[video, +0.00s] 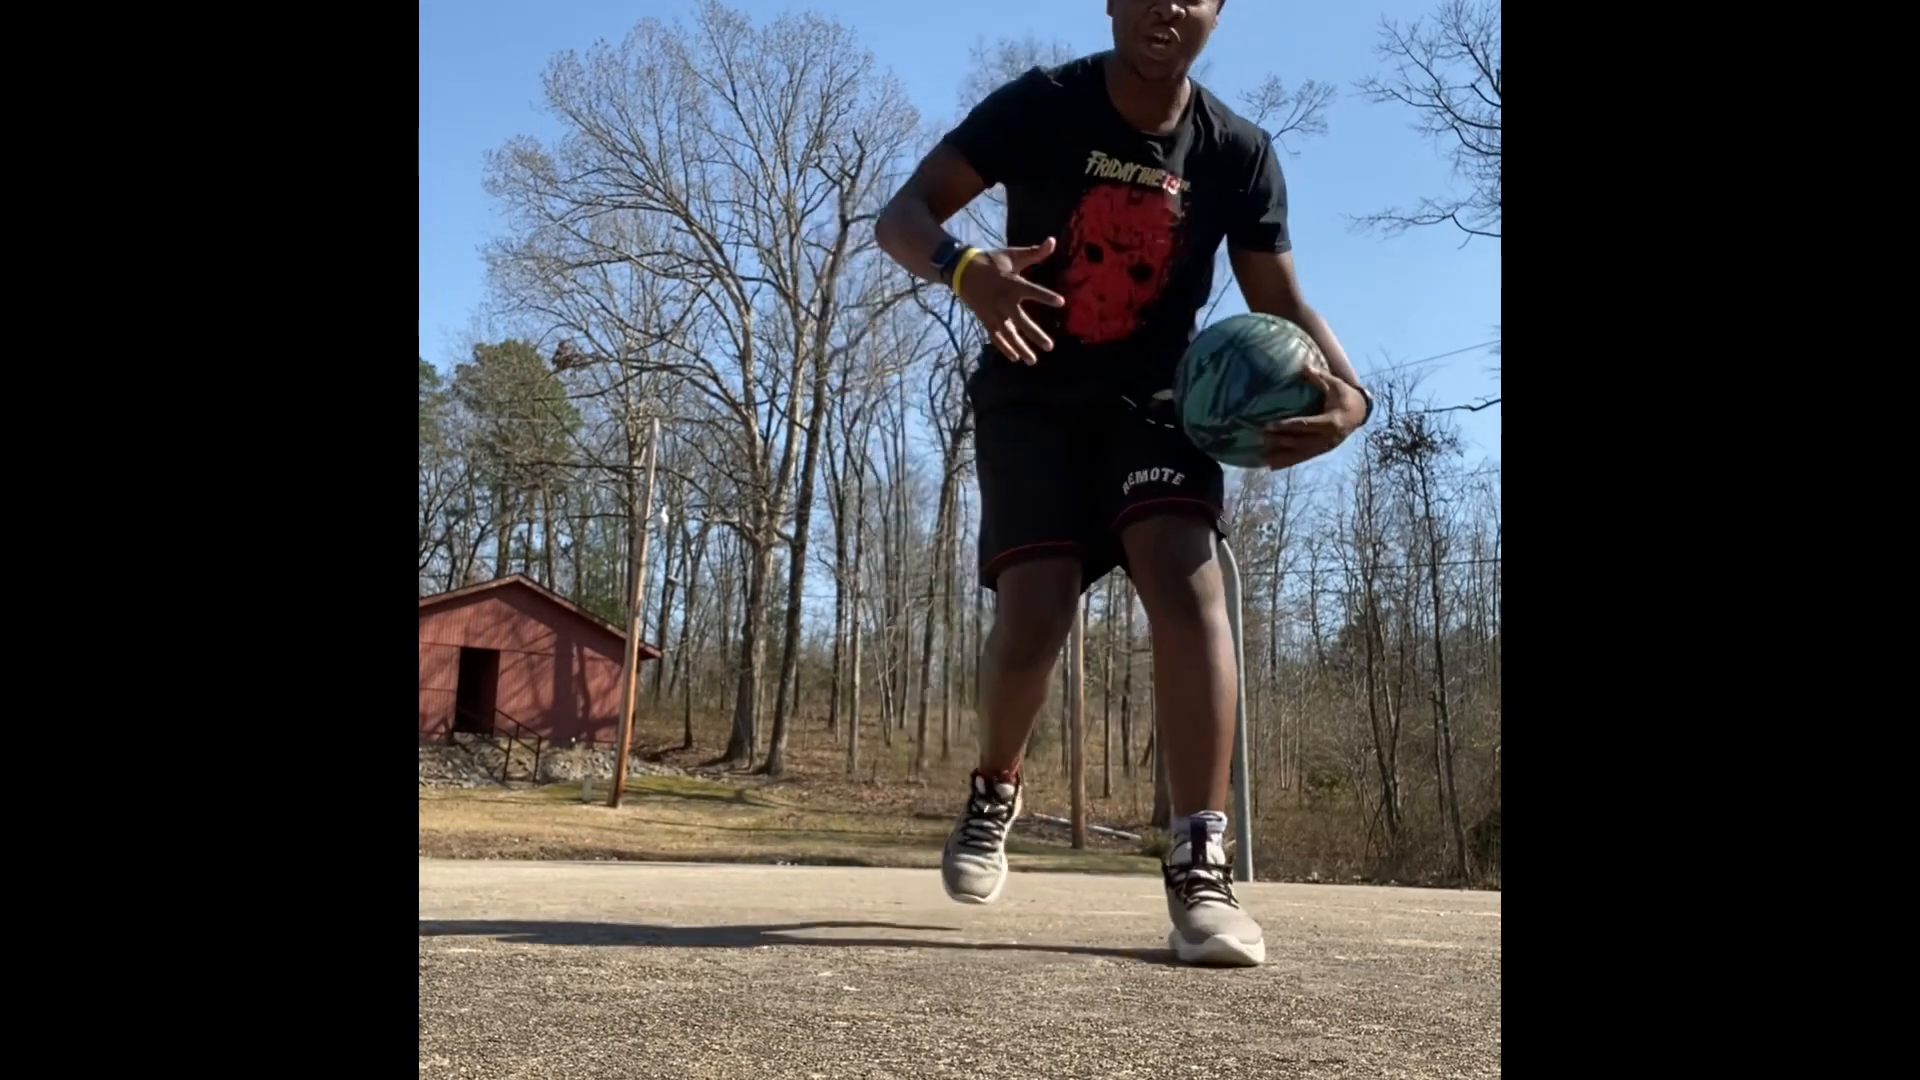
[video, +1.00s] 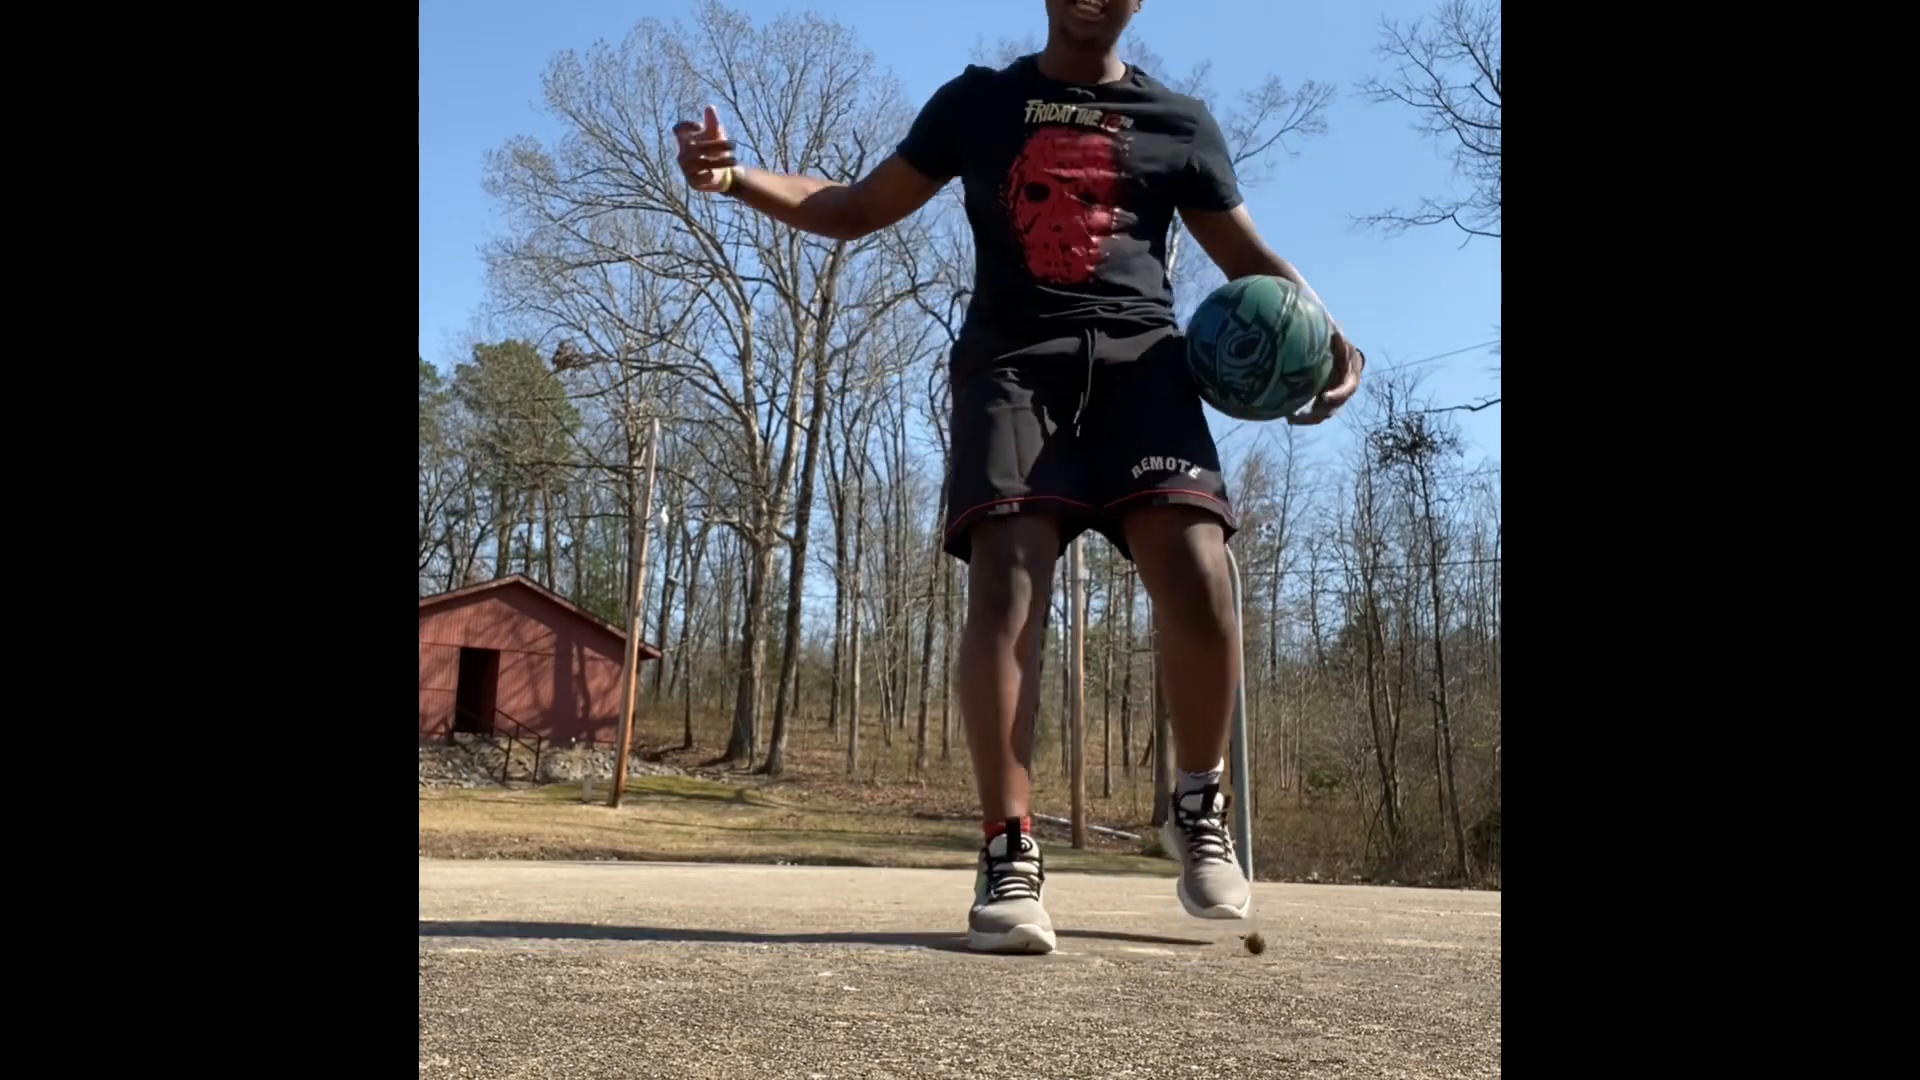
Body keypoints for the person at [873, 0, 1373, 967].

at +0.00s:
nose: (1165, 11)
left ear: (1215, 17)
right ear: (1112, 6)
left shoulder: (1239, 153)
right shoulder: (1036, 108)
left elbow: (1280, 307)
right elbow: (902, 218)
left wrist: (1351, 394)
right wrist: (962, 269)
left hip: (1156, 399)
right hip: (1032, 394)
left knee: (1193, 587)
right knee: (1038, 609)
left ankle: (1201, 873)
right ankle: (993, 793)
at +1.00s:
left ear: (1137, 3)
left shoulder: (1176, 117)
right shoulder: (980, 102)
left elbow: (1244, 259)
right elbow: (855, 206)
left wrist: (1322, 336)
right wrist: (733, 175)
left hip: (1144, 364)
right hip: (1014, 365)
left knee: (1201, 576)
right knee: (1007, 587)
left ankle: (1200, 809)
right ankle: (1009, 859)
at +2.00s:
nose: (928, 181)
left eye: (942, 166)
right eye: (912, 170)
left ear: (971, 173)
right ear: (895, 185)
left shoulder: (1013, 250)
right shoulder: (891, 295)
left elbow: (1070, 357)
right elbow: (875, 405)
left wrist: (1080, 470)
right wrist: (815, 424)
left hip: (1002, 466)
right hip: (923, 473)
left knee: (994, 628)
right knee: (939, 653)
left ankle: (1022, 849)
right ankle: (973, 854)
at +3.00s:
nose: (814, 207)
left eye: (823, 190)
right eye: (817, 191)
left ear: (860, 194)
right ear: (864, 198)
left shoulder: (926, 258)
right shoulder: (848, 308)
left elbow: (985, 362)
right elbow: (831, 425)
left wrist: (887, 435)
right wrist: (785, 492)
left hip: (929, 485)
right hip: (866, 490)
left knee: (826, 634)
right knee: (815, 652)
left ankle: (920, 817)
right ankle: (858, 850)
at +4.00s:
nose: (1130, 85)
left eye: (1144, 59)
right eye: (1102, 71)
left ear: (1173, 54)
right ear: (1067, 82)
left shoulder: (1245, 155)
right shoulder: (1039, 201)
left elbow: (1323, 312)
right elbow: (1020, 377)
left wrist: (1156, 298)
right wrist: (1150, 445)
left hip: (1232, 394)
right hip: (1097, 408)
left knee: (1288, 597)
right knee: (1108, 586)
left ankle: (1203, 809)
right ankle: (1167, 867)